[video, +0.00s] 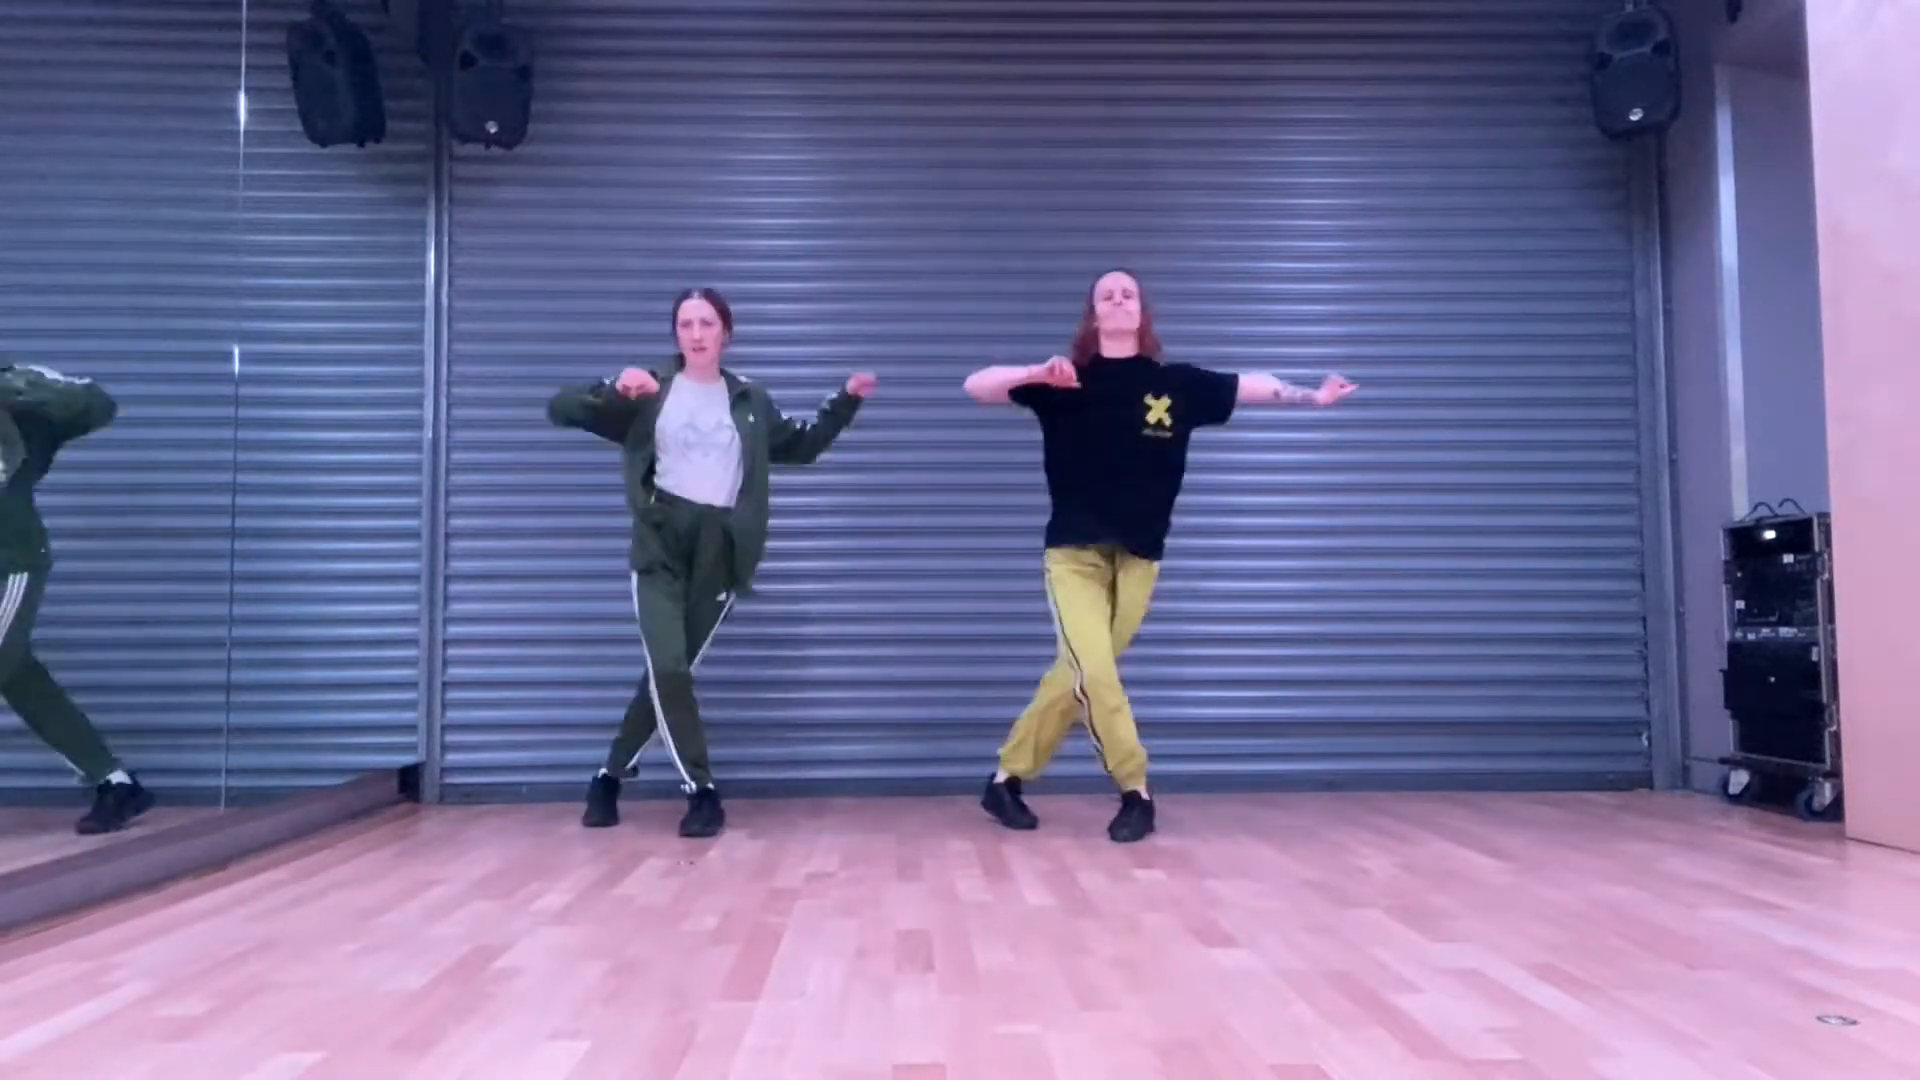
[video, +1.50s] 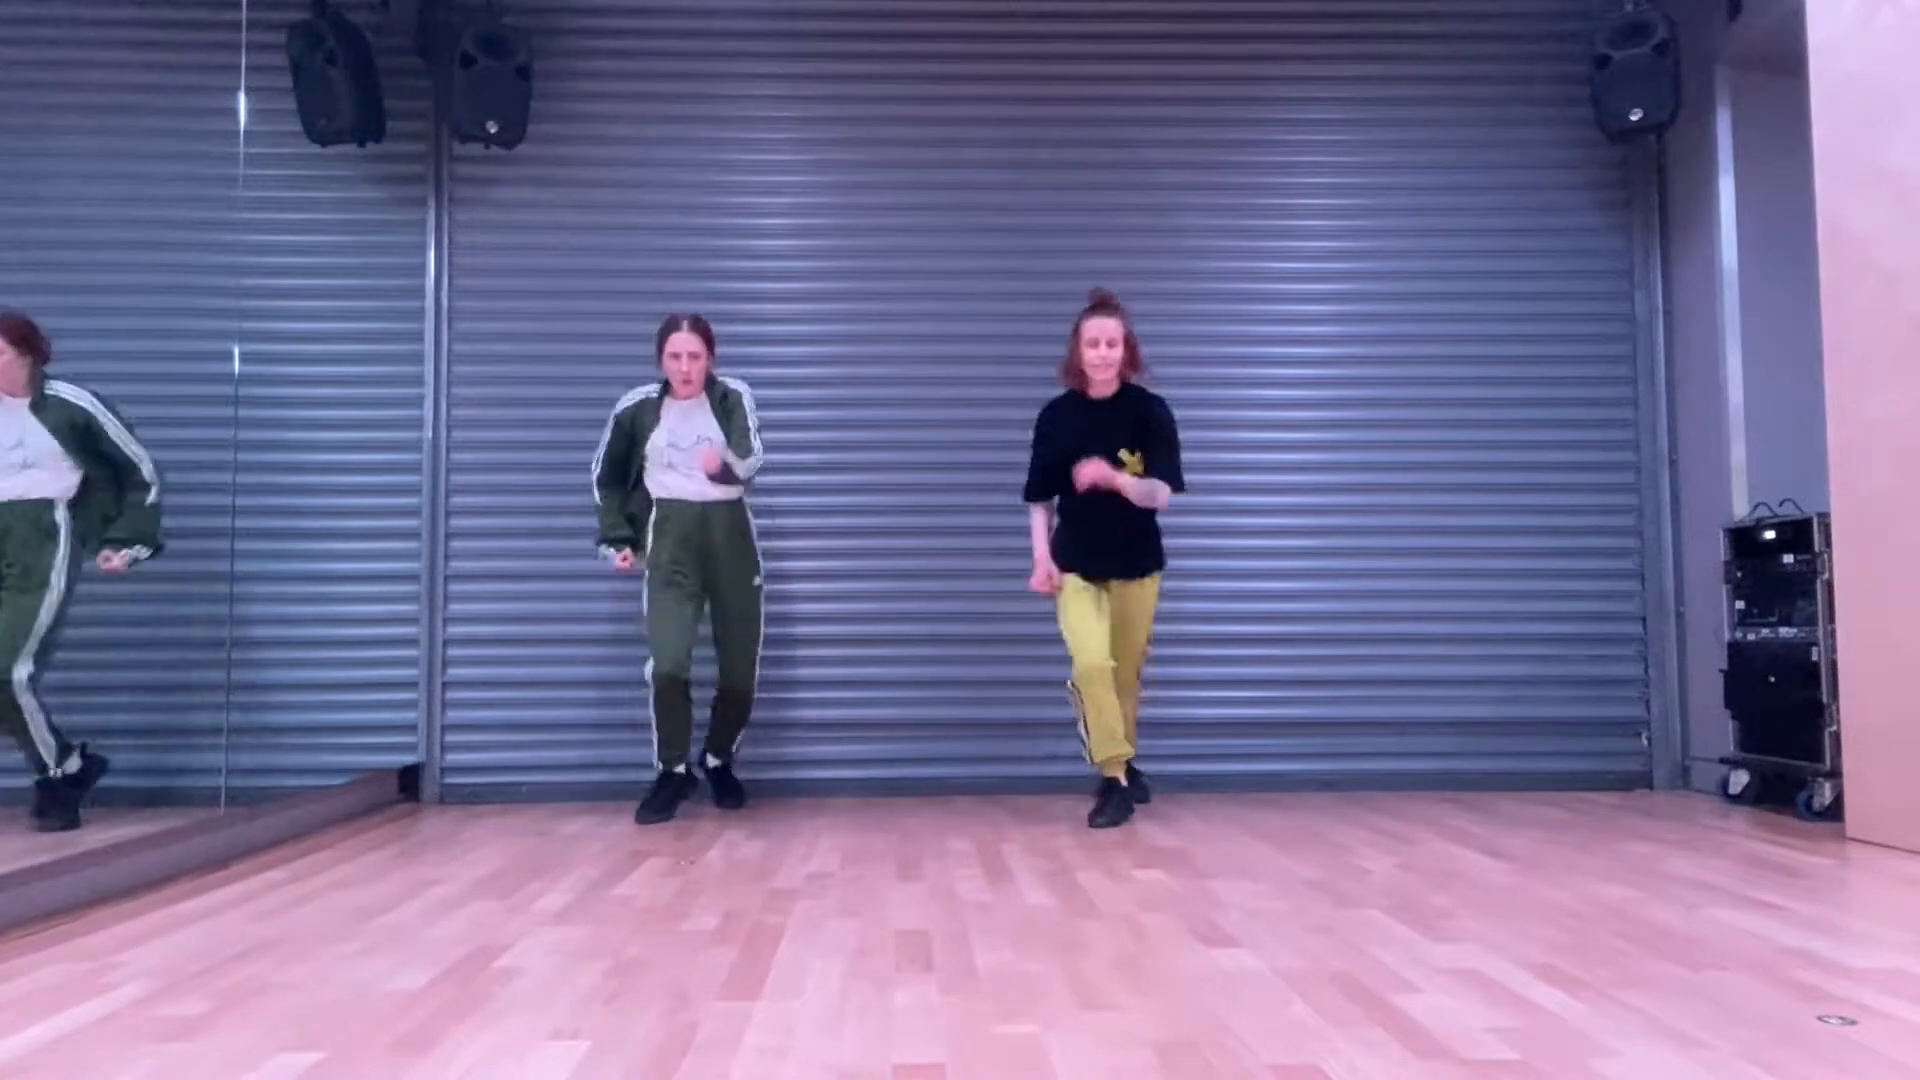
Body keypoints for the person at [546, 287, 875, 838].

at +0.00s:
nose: (697, 332)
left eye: (706, 323)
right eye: (687, 324)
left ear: (725, 332)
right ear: (676, 333)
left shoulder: (750, 400)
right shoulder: (647, 396)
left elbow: (799, 446)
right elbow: (560, 409)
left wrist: (847, 400)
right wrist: (612, 390)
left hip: (721, 545)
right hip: (658, 537)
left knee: (670, 670)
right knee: (667, 668)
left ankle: (609, 777)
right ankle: (701, 793)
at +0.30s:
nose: (740, 396)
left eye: (746, 388)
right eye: (739, 386)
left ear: (718, 365)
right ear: (715, 368)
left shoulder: (697, 394)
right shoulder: (672, 394)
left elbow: (738, 478)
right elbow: (714, 481)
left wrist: (742, 547)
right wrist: (744, 536)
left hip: (665, 542)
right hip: (662, 543)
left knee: (653, 666)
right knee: (708, 658)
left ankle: (577, 775)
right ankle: (712, 790)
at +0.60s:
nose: (641, 363)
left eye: (643, 354)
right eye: (644, 355)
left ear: (655, 351)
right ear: (697, 349)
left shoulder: (644, 384)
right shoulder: (734, 405)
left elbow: (603, 468)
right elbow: (762, 481)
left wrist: (582, 543)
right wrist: (709, 497)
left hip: (638, 550)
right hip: (704, 557)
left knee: (603, 670)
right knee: (686, 675)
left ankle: (602, 793)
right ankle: (702, 790)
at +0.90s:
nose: (668, 336)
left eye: (680, 327)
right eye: (661, 327)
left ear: (702, 339)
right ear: (652, 338)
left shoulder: (713, 396)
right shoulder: (643, 403)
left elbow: (725, 475)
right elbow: (590, 465)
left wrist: (696, 547)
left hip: (689, 537)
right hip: (639, 535)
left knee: (647, 672)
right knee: (613, 675)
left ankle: (698, 798)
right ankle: (714, 743)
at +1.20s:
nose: (659, 359)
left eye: (671, 350)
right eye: (652, 350)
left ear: (692, 357)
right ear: (642, 355)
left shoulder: (719, 407)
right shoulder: (627, 400)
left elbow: (778, 469)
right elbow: (610, 392)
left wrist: (760, 538)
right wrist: (690, 378)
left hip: (702, 539)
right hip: (643, 536)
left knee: (652, 593)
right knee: (629, 678)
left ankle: (669, 716)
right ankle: (664, 781)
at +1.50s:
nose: (685, 366)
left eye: (694, 357)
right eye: (675, 356)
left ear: (710, 361)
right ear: (661, 361)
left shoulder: (732, 399)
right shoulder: (636, 409)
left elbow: (748, 461)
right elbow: (609, 477)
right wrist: (618, 539)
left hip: (730, 536)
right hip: (669, 539)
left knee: (740, 666)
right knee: (668, 664)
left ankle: (719, 761)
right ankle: (672, 771)